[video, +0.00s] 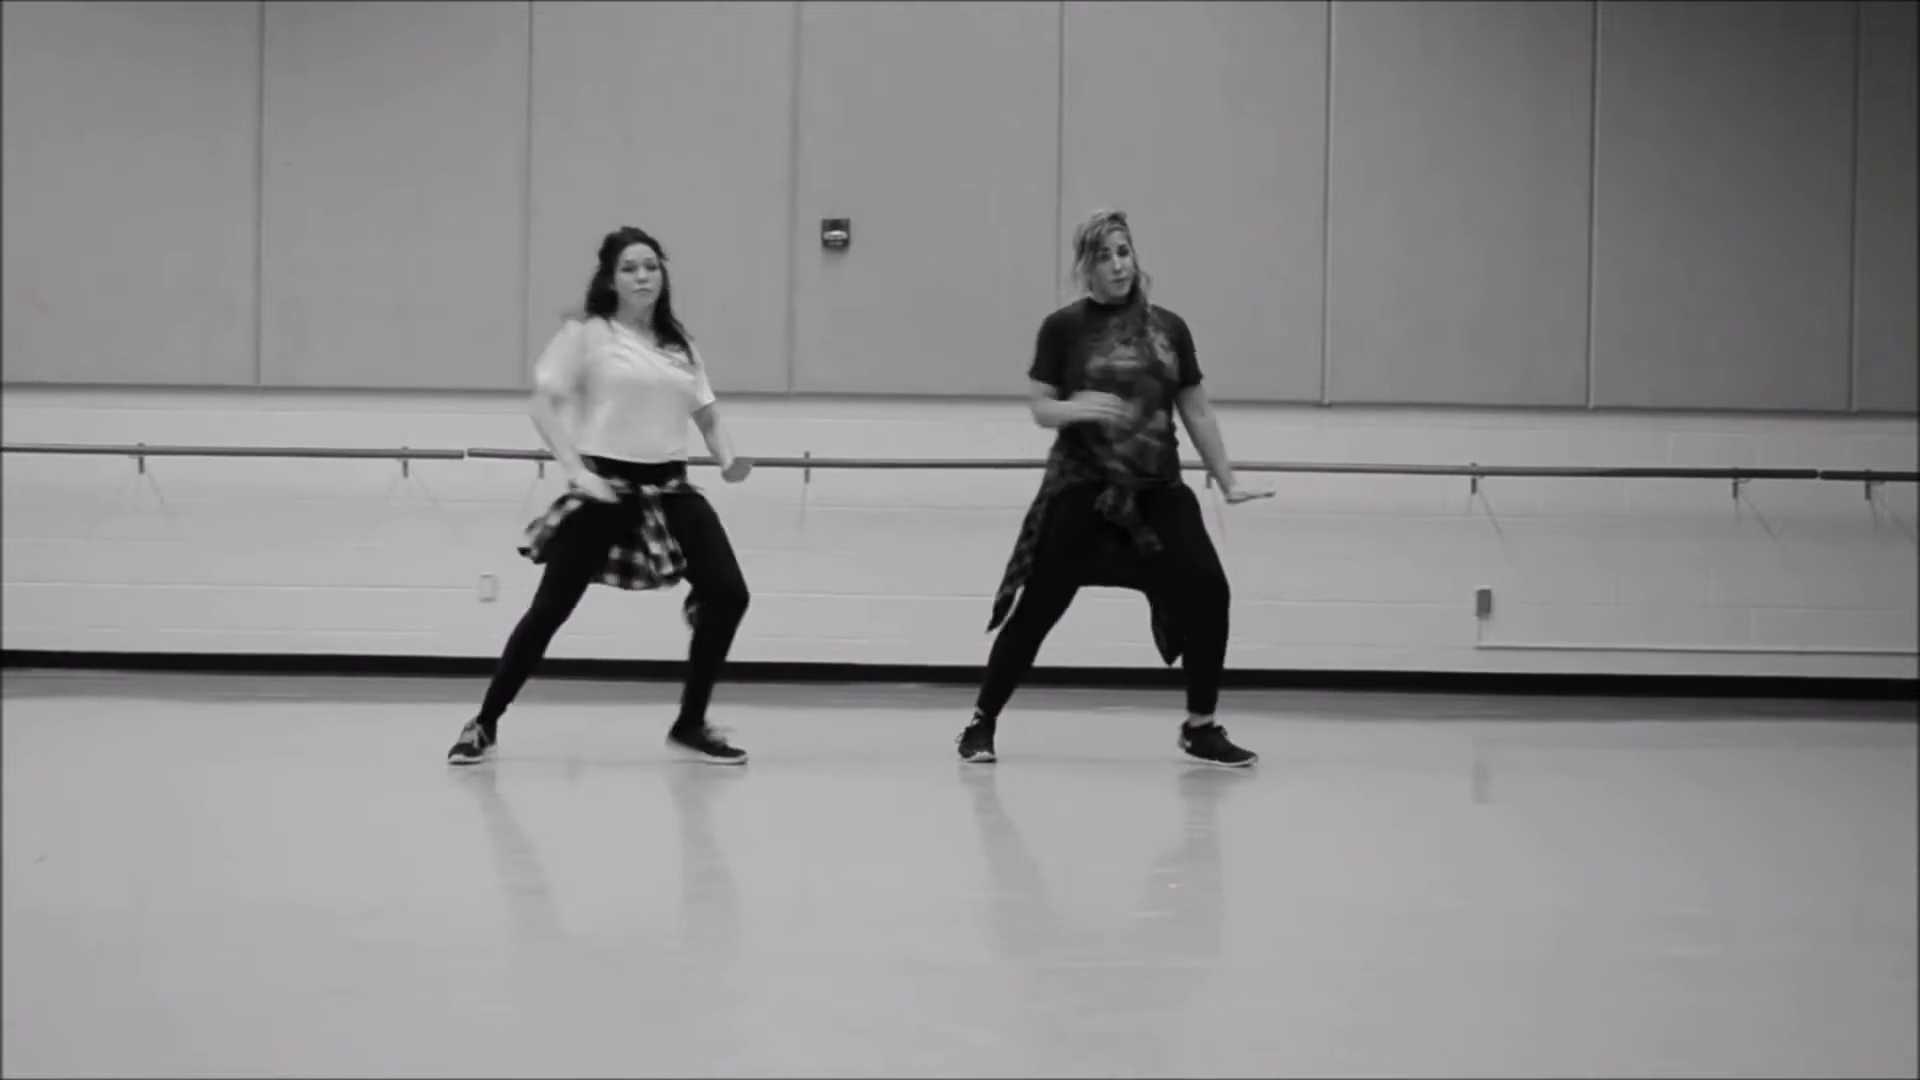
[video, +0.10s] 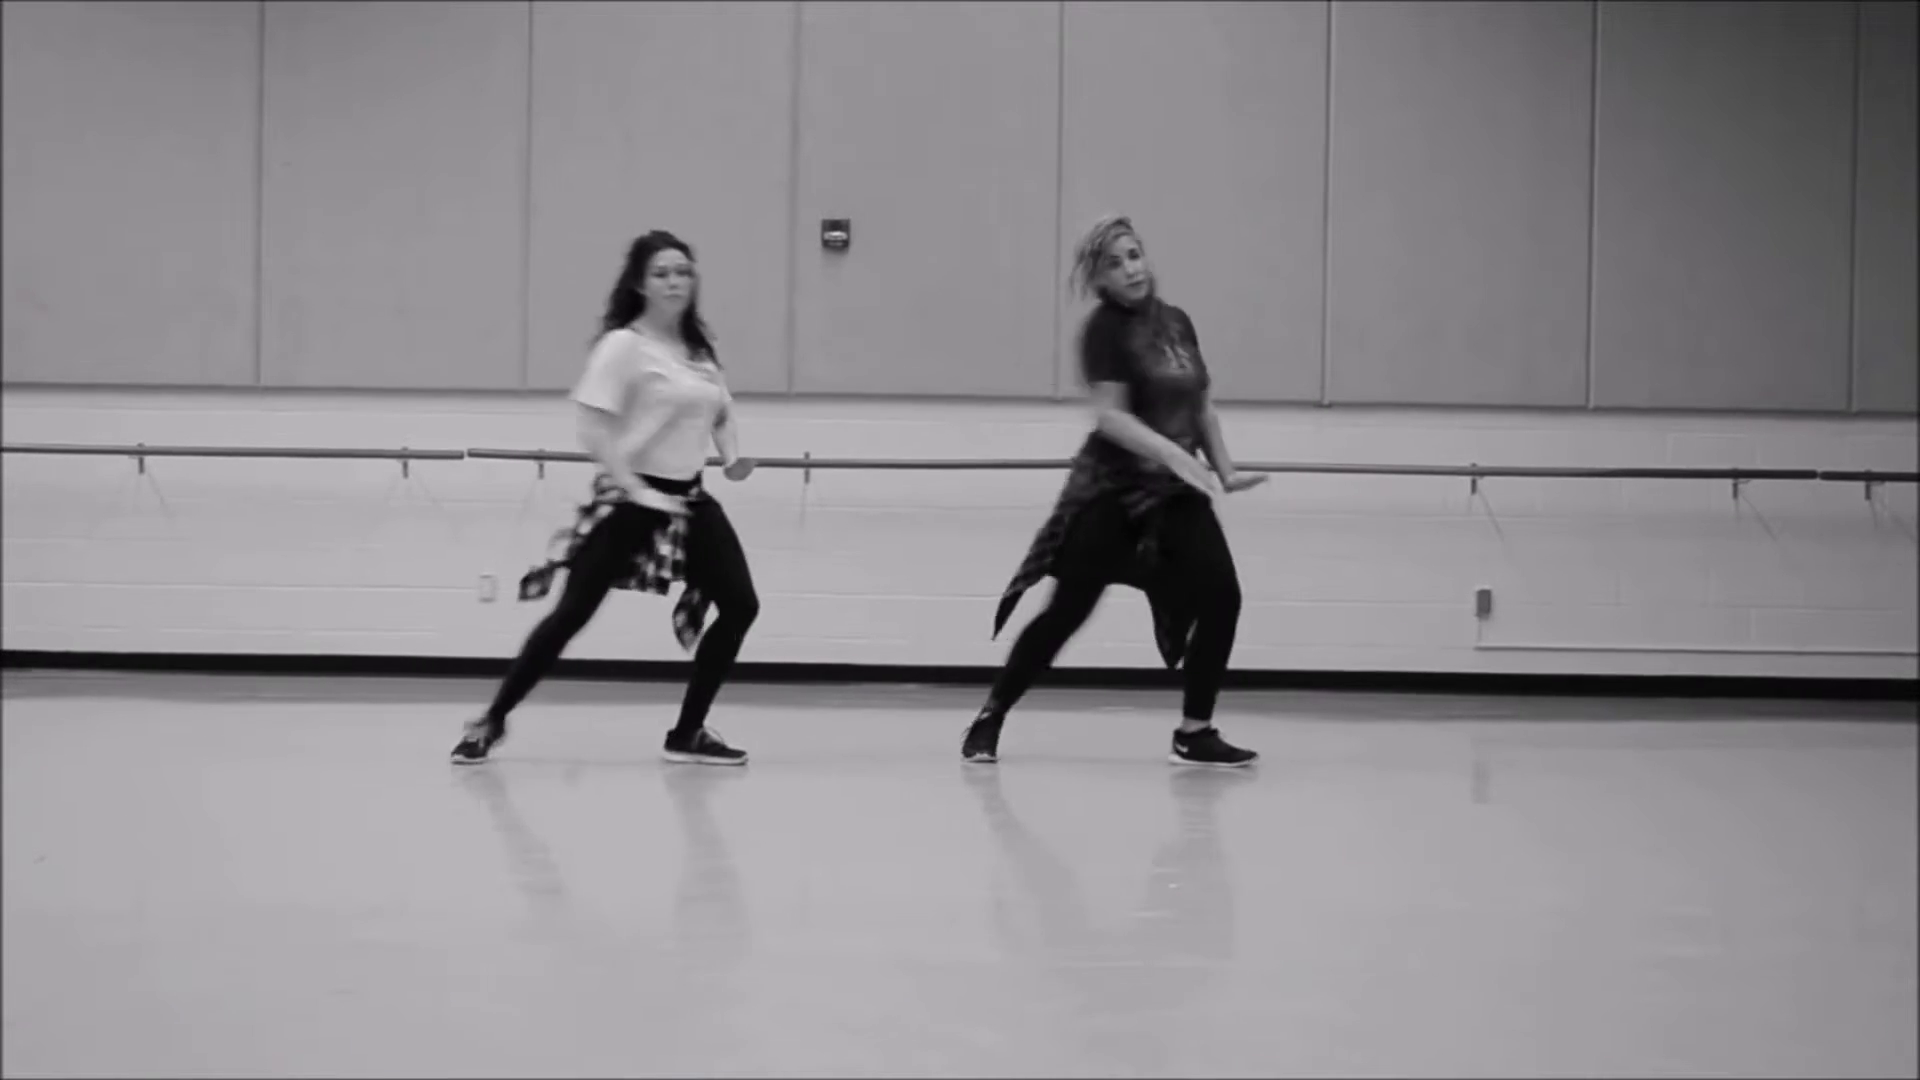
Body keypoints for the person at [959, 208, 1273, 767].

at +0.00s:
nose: (1117, 263)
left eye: (1124, 252)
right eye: (1104, 255)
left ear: (1136, 259)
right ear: (1086, 266)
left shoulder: (1168, 329)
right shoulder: (1063, 329)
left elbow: (1197, 411)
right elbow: (1041, 408)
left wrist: (1228, 482)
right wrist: (1078, 407)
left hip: (1158, 492)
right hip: (1080, 490)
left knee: (1209, 593)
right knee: (1042, 603)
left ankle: (1201, 726)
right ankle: (983, 722)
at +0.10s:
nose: (1131, 267)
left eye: (1136, 255)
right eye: (1116, 261)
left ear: (1149, 259)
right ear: (1097, 277)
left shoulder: (1176, 322)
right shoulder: (1106, 327)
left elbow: (1200, 403)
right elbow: (1107, 415)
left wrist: (1225, 469)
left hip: (1175, 489)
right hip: (1113, 489)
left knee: (1221, 597)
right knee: (1067, 610)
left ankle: (1195, 729)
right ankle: (991, 718)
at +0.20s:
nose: (1172, 265)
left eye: (1175, 253)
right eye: (1157, 260)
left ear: (1188, 259)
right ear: (1137, 277)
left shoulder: (1196, 319)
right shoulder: (1152, 330)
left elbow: (1207, 400)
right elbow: (1165, 423)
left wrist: (1232, 462)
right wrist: (1220, 487)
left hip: (1192, 488)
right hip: (1142, 489)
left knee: (1234, 599)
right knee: (1119, 604)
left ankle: (1197, 729)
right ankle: (1045, 710)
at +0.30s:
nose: (1220, 272)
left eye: (1224, 261)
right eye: (1204, 265)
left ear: (1232, 268)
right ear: (1180, 278)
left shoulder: (1216, 333)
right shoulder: (1190, 334)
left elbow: (1217, 420)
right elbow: (1208, 427)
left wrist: (1240, 470)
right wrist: (1249, 497)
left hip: (1195, 489)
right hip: (1160, 490)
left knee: (1237, 598)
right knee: (1174, 600)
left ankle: (1201, 728)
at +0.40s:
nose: (1269, 291)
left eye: (1273, 280)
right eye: (1255, 282)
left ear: (1278, 288)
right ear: (1226, 293)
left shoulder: (1225, 342)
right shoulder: (1229, 347)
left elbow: (1222, 435)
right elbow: (1244, 446)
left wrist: (1244, 479)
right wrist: (1290, 516)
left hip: (1183, 486)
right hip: (1169, 489)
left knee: (1232, 598)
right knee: (1236, 598)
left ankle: (1205, 723)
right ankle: (1202, 726)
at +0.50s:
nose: (1311, 324)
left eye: (1315, 314)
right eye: (1300, 313)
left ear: (1314, 317)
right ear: (1268, 318)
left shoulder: (1241, 362)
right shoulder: (1260, 369)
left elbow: (1222, 438)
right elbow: (1273, 469)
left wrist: (1247, 493)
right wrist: (1335, 523)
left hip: (1177, 489)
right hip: (1172, 493)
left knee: (1241, 601)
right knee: (1249, 592)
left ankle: (1197, 729)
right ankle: (1283, 728)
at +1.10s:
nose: (1301, 262)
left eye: (1303, 252)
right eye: (1293, 250)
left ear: (1265, 255)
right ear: (1259, 250)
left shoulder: (1254, 310)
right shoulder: (1247, 314)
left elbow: (1268, 409)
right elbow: (1286, 408)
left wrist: (1295, 475)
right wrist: (1324, 482)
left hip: (1251, 476)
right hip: (1246, 477)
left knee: (1254, 601)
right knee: (1316, 578)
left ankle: (1200, 727)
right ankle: (1329, 723)